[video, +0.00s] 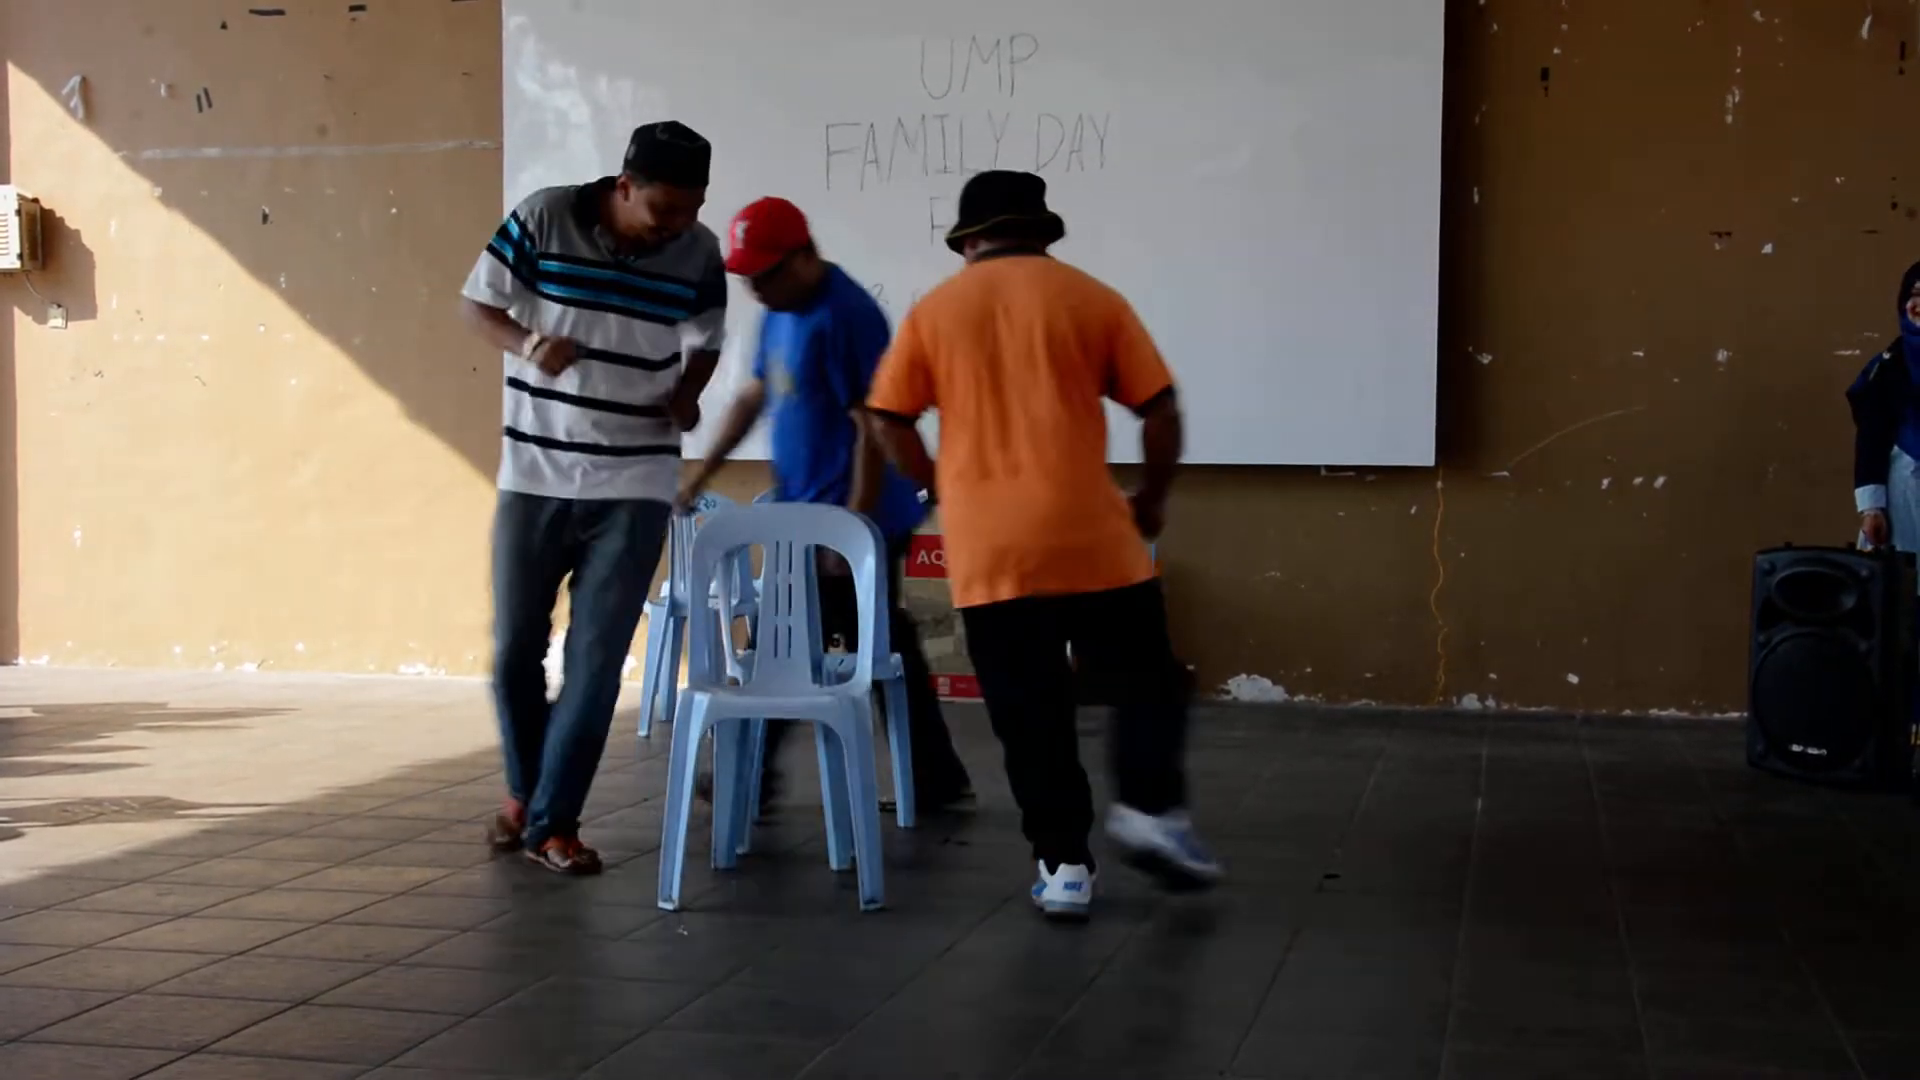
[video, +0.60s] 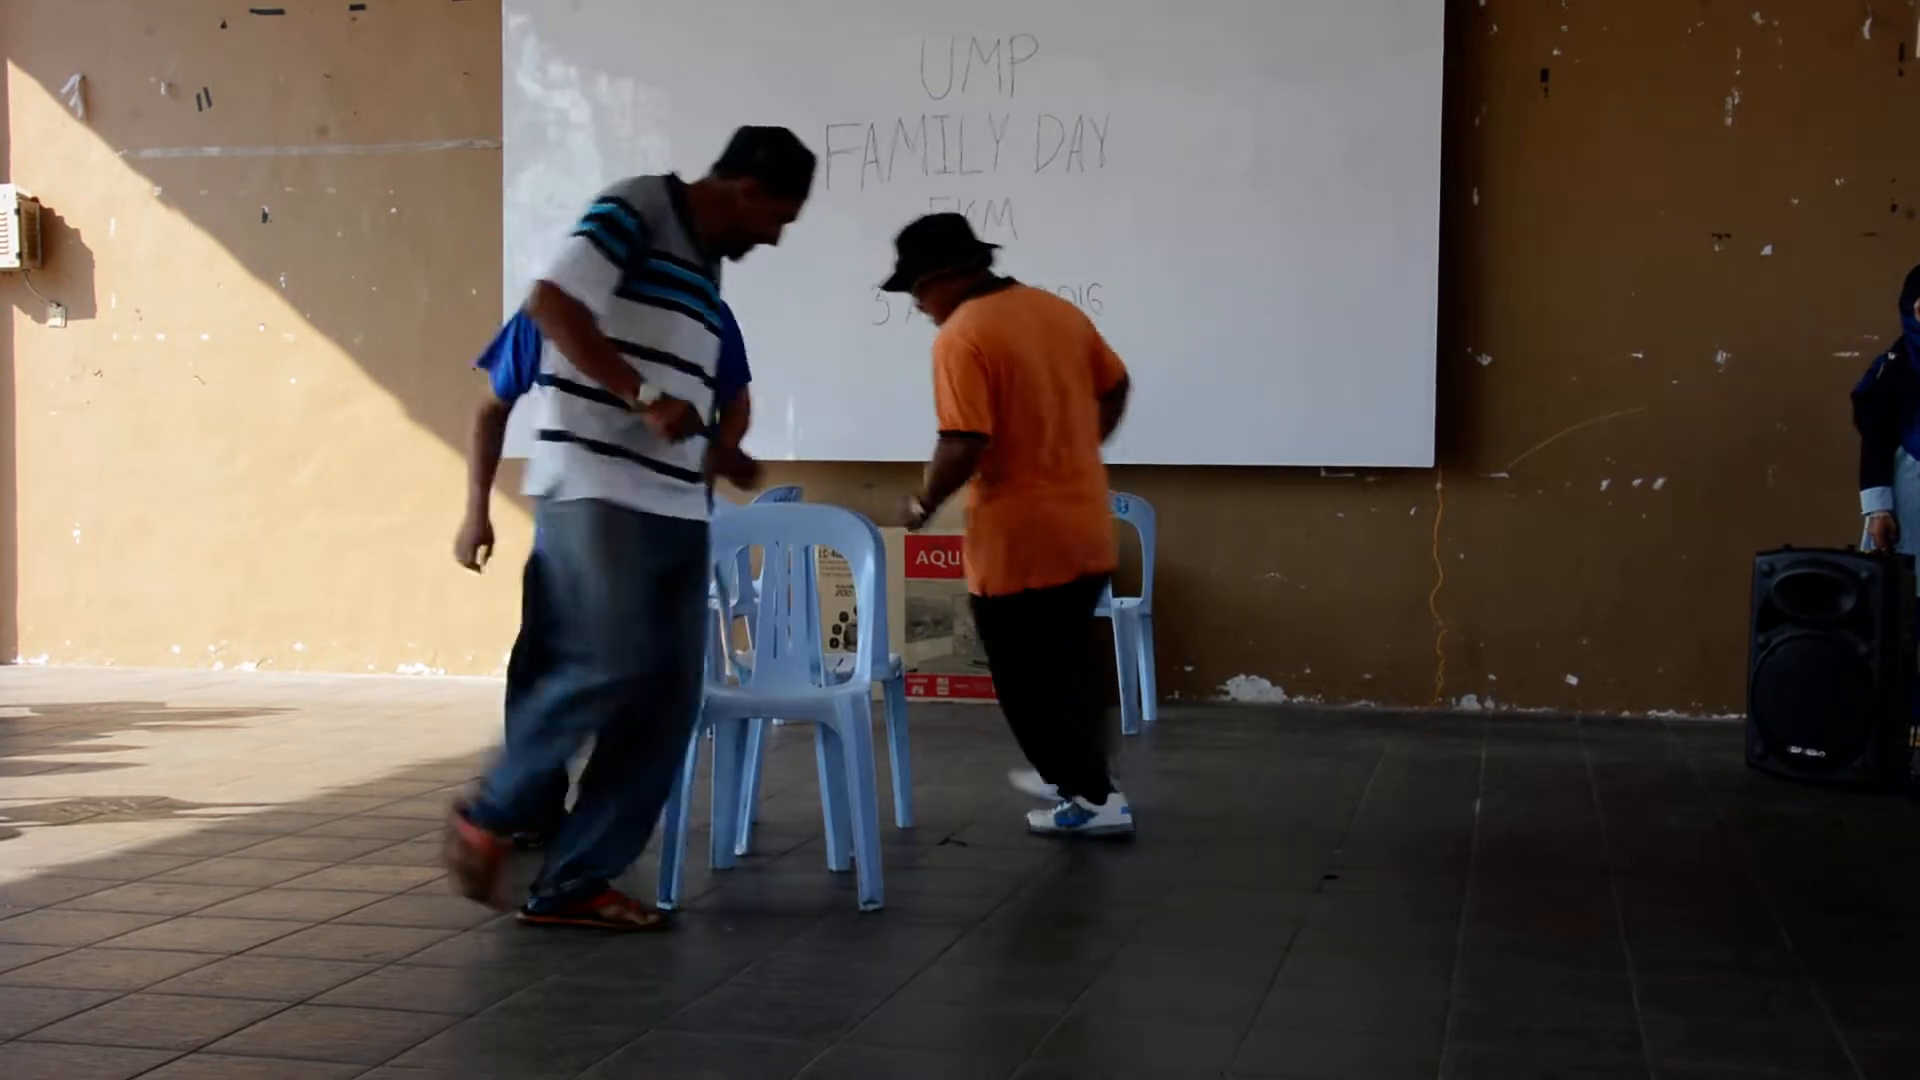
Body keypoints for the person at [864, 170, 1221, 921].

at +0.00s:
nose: (958, 255)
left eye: (959, 245)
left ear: (968, 241)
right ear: (1043, 233)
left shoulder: (935, 310)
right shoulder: (1090, 297)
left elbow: (886, 415)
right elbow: (1161, 409)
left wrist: (935, 485)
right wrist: (1153, 495)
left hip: (986, 546)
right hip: (1090, 533)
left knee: (1030, 717)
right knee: (1150, 675)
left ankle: (1063, 866)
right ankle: (1148, 808)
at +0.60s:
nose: (918, 304)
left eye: (918, 290)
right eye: (913, 293)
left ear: (942, 276)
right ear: (977, 265)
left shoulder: (962, 336)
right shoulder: (1055, 309)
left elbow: (963, 442)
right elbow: (1113, 386)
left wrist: (923, 502)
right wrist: (1076, 450)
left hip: (1015, 541)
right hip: (1086, 531)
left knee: (1027, 677)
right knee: (1071, 658)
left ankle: (1093, 797)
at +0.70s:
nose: (898, 303)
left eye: (899, 290)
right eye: (893, 293)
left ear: (926, 273)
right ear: (949, 266)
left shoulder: (944, 332)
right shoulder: (1028, 304)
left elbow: (952, 434)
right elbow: (1073, 374)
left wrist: (907, 498)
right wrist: (1025, 427)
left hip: (988, 529)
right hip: (1052, 518)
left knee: (977, 657)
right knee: (1023, 649)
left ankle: (1074, 765)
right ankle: (1028, 771)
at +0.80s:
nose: (869, 308)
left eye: (873, 295)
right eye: (864, 298)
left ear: (905, 282)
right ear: (923, 276)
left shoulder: (936, 338)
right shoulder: (978, 316)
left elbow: (953, 443)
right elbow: (980, 427)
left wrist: (896, 516)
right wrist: (913, 460)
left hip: (959, 533)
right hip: (1007, 524)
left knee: (918, 648)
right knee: (998, 655)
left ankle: (996, 757)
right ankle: (1033, 772)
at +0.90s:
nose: (842, 307)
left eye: (845, 295)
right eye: (838, 297)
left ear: (876, 281)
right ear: (878, 279)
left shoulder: (914, 331)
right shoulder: (903, 320)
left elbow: (949, 425)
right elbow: (902, 421)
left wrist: (888, 497)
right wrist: (847, 452)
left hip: (931, 529)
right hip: (937, 524)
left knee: (876, 653)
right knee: (965, 649)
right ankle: (1021, 758)